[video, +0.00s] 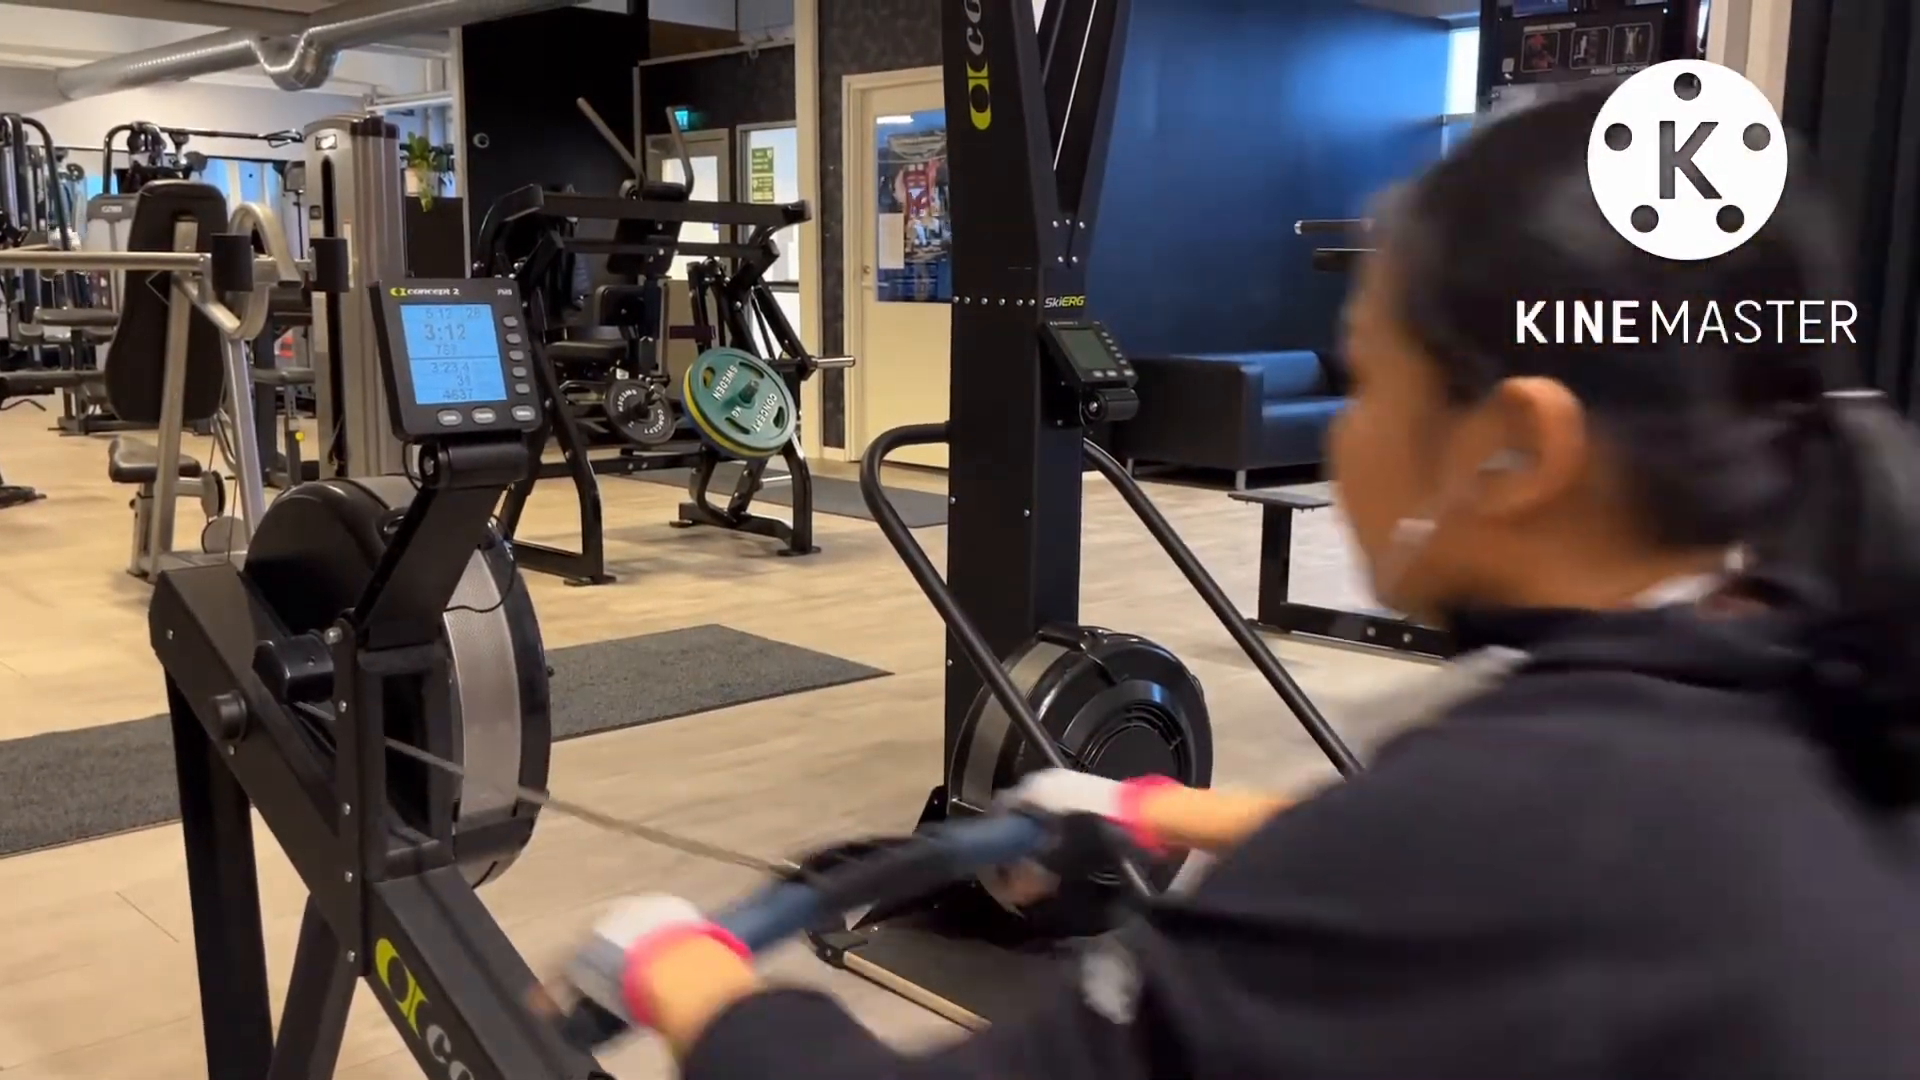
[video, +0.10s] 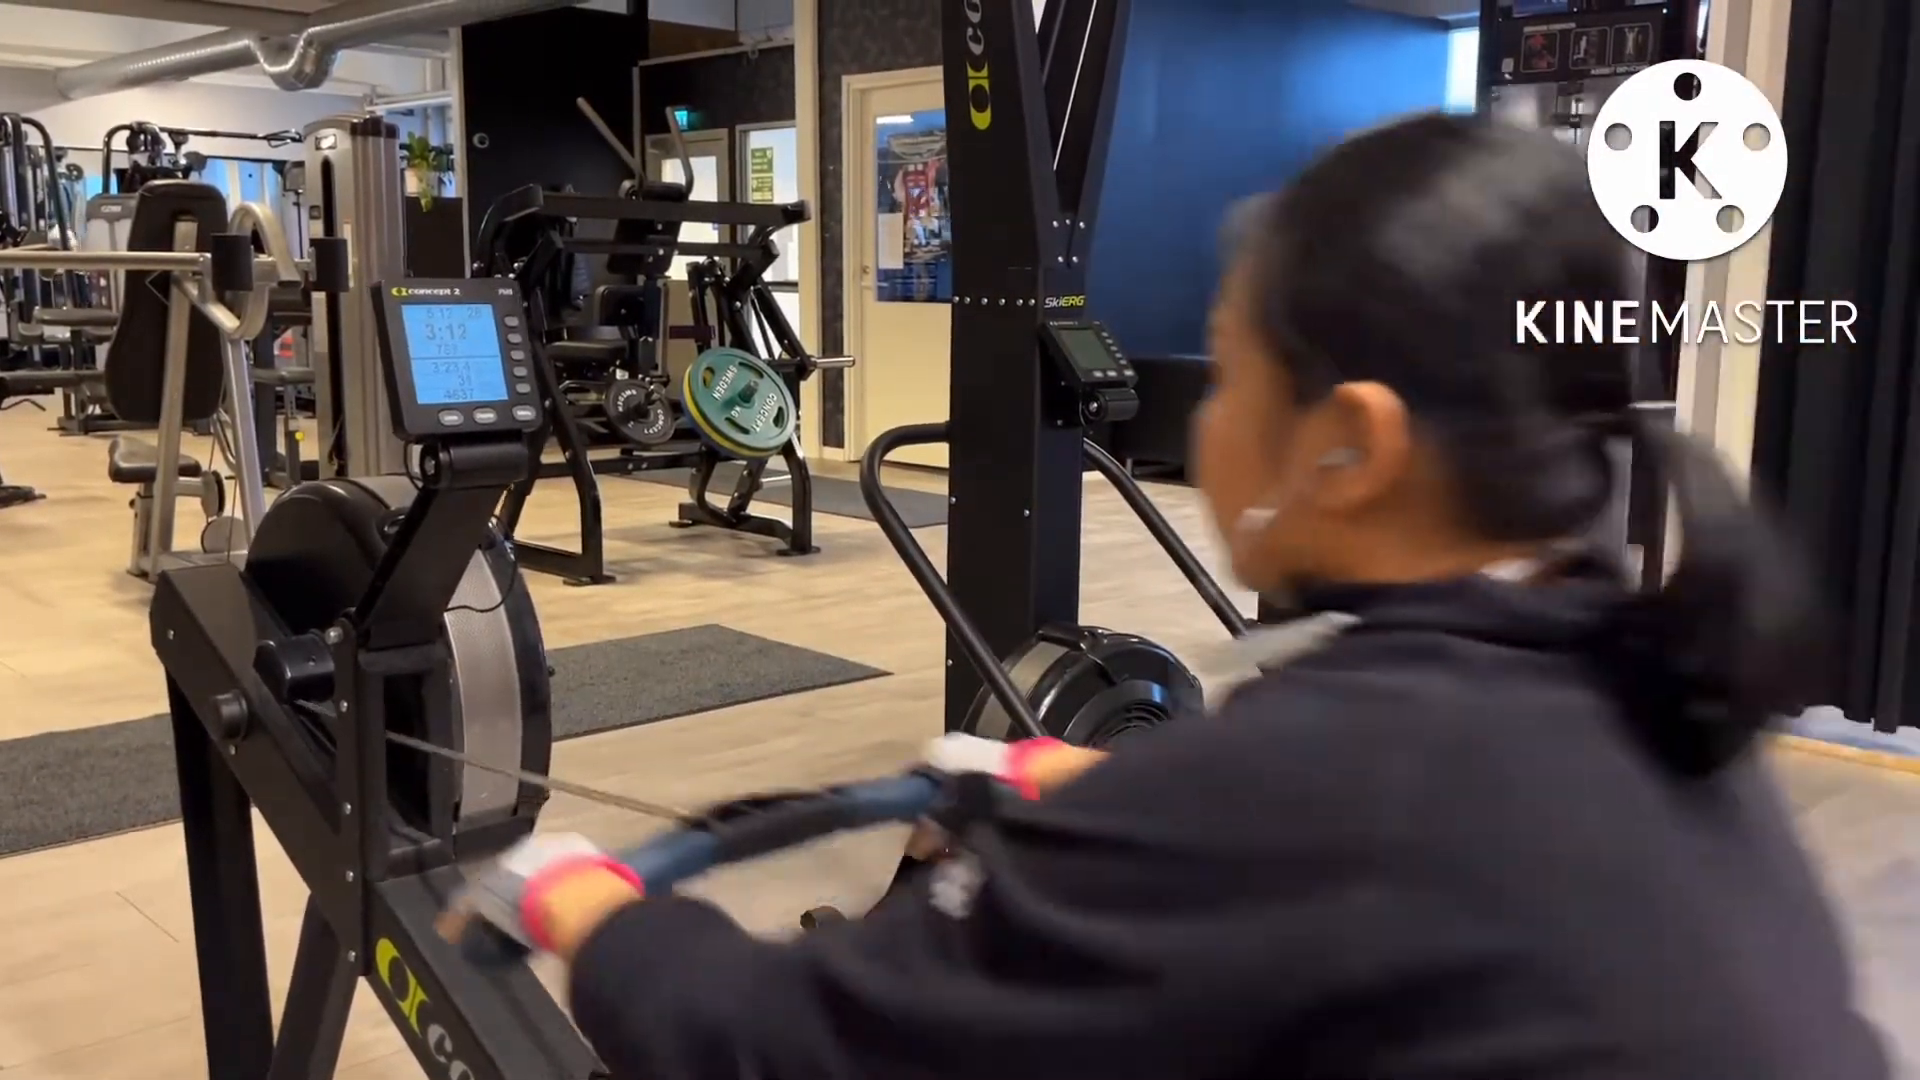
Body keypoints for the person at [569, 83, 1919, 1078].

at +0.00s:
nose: (1334, 440)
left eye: (1357, 389)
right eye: (1347, 384)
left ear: (1519, 450)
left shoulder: (1480, 826)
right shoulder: (1822, 687)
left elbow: (992, 1076)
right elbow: (1589, 815)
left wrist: (721, 1003)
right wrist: (1285, 834)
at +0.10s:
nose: (1198, 416)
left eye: (1224, 377)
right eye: (1214, 370)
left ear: (1356, 450)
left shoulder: (1324, 773)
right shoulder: (1649, 681)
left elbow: (857, 1037)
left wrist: (606, 921)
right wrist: (1133, 794)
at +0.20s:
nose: (1084, 421)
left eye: (1105, 385)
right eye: (1098, 379)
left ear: (1214, 446)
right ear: (1424, 425)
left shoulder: (1142, 743)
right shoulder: (1505, 645)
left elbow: (739, 956)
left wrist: (515, 855)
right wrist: (1013, 746)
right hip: (1666, 1043)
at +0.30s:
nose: (993, 418)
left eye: (1013, 381)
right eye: (1006, 377)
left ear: (1112, 441)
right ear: (1307, 409)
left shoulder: (1019, 721)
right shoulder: (1407, 619)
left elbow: (652, 875)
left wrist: (443, 793)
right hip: (1567, 1043)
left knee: (876, 975)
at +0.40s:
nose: (940, 417)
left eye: (958, 381)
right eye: (954, 375)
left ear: (1045, 439)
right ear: (1241, 407)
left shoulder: (977, 690)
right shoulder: (1331, 602)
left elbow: (638, 797)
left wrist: (402, 758)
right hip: (1513, 1046)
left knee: (829, 982)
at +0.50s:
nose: (916, 419)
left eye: (934, 383)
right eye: (930, 375)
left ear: (1018, 447)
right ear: (1210, 423)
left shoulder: (961, 674)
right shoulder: (1297, 594)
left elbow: (638, 744)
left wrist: (385, 725)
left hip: (1237, 1066)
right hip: (1490, 1048)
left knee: (831, 977)